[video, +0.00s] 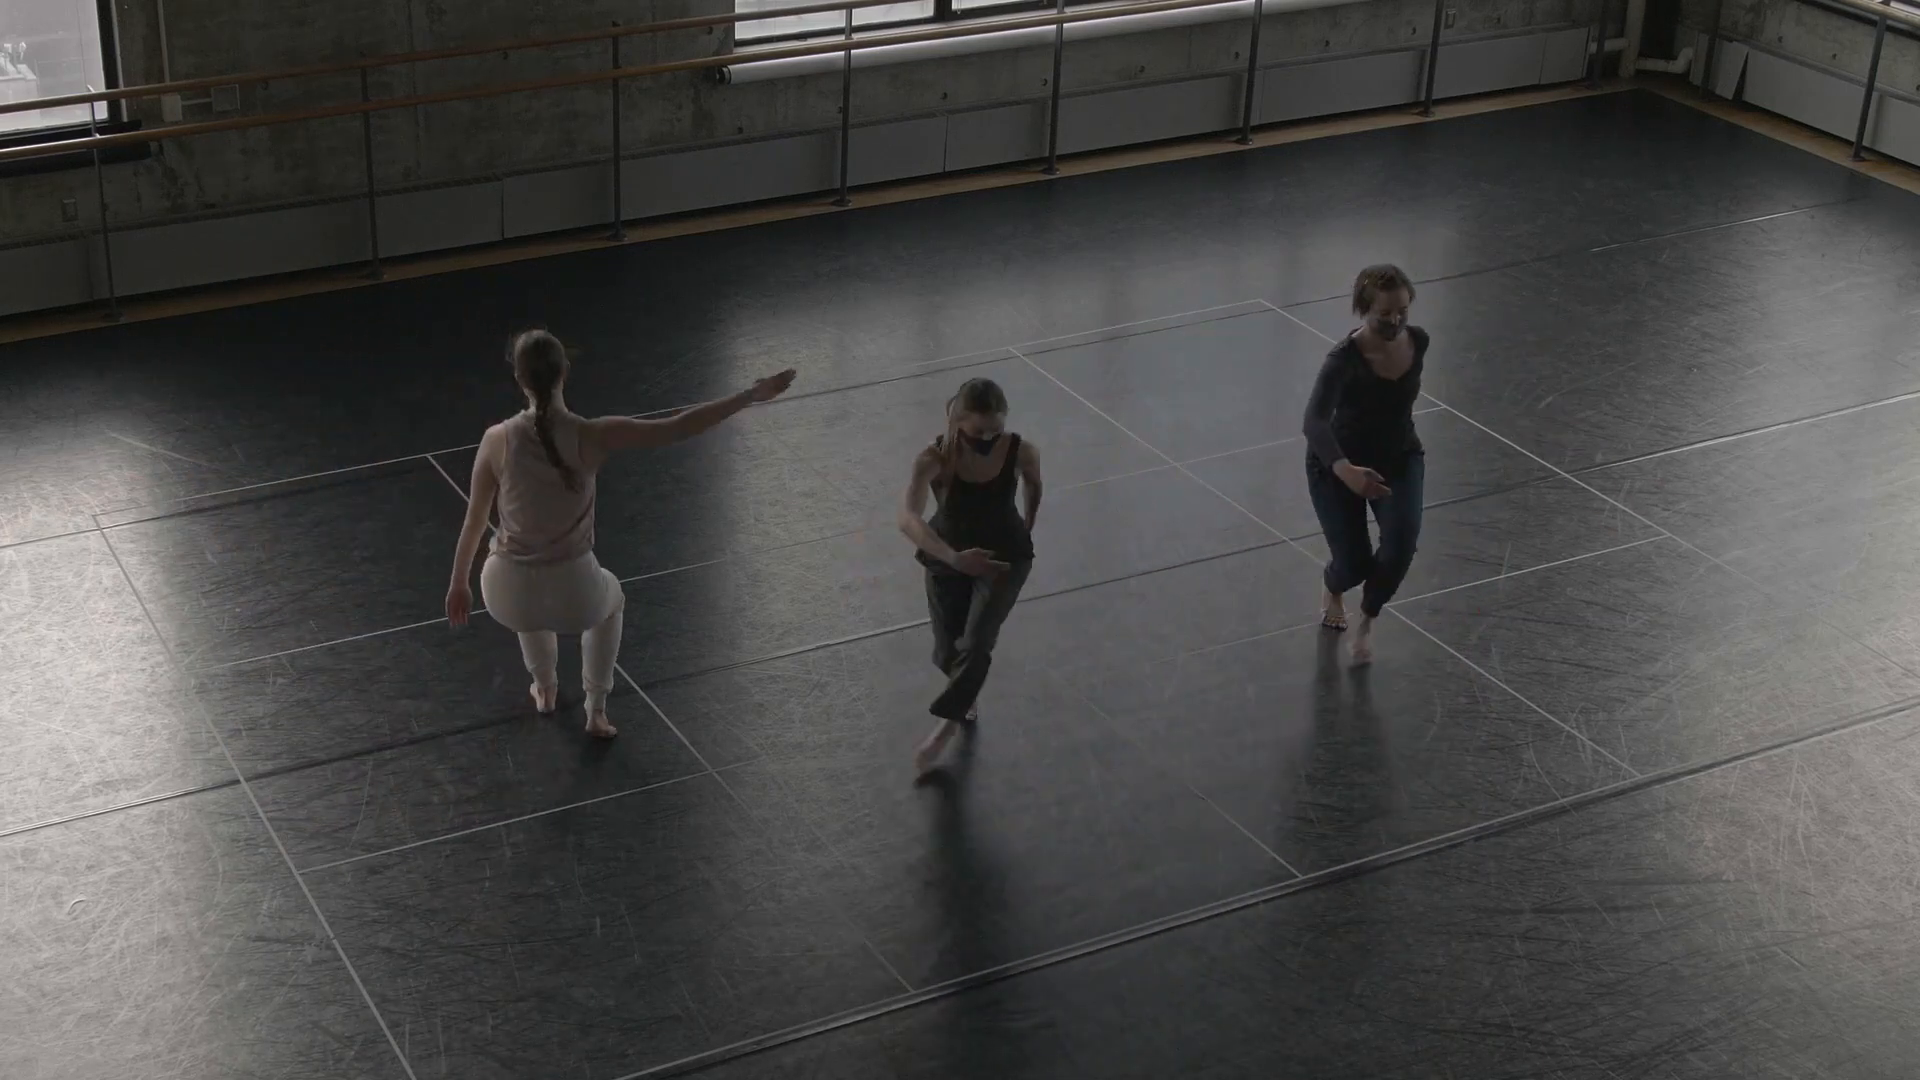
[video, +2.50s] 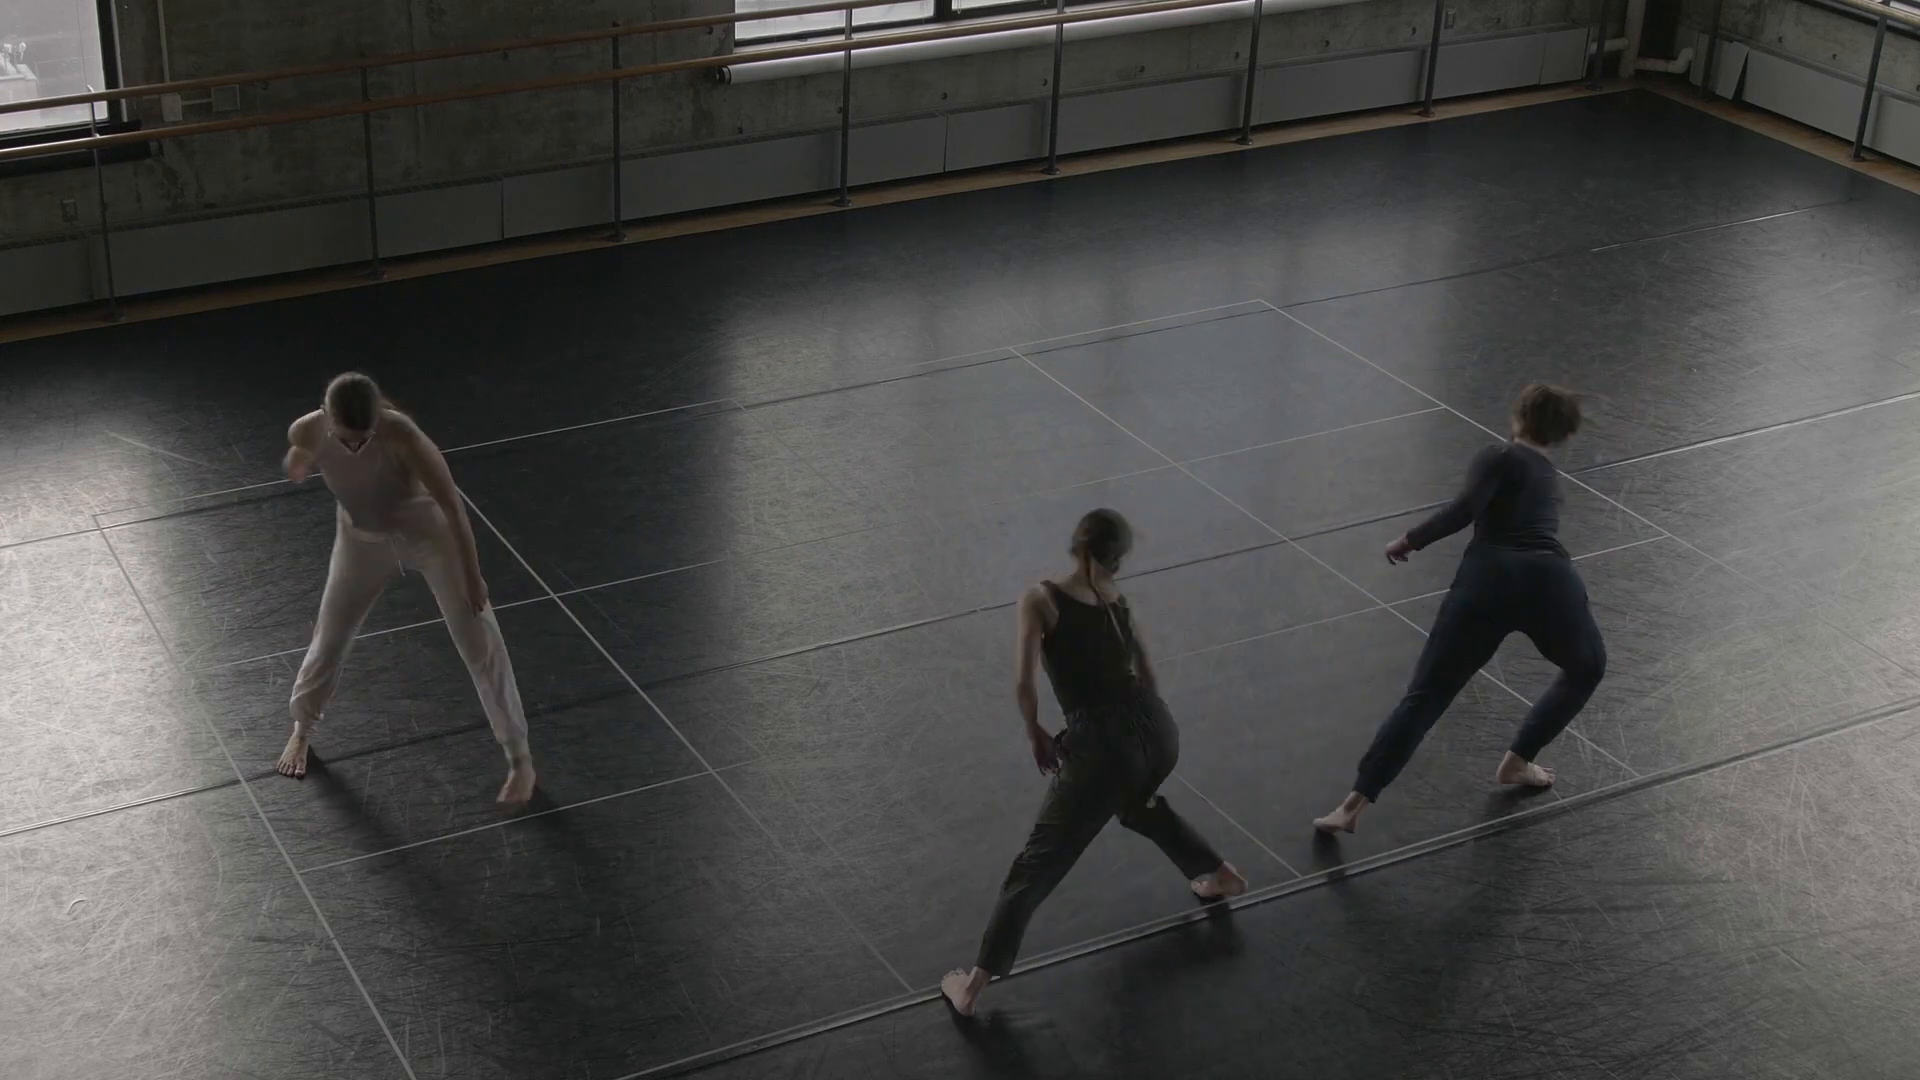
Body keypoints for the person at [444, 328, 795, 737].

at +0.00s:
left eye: (522, 370)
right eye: (560, 366)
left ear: (518, 379)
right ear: (564, 374)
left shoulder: (496, 441)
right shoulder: (593, 435)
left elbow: (474, 521)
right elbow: (676, 427)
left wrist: (458, 582)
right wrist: (750, 395)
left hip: (508, 593)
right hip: (576, 593)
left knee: (526, 590)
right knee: (609, 598)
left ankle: (544, 691)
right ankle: (596, 713)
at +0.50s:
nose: (505, 387)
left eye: (510, 383)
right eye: (506, 380)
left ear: (533, 397)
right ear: (561, 388)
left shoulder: (525, 451)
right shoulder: (585, 422)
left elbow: (548, 537)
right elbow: (545, 418)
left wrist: (559, 614)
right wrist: (493, 429)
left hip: (581, 600)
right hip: (632, 586)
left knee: (518, 574)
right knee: (570, 586)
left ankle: (543, 687)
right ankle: (612, 700)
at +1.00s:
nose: (488, 454)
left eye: (495, 446)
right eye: (488, 444)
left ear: (526, 448)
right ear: (520, 447)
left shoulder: (567, 497)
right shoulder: (519, 474)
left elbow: (596, 586)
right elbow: (448, 489)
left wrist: (601, 669)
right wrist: (414, 525)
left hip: (634, 606)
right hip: (598, 591)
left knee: (526, 659)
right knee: (513, 658)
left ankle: (568, 759)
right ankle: (618, 696)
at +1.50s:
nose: (443, 496)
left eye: (446, 487)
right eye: (439, 488)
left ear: (477, 479)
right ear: (474, 476)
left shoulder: (531, 510)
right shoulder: (490, 494)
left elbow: (582, 590)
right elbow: (435, 538)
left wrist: (584, 671)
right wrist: (366, 572)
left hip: (624, 591)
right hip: (597, 579)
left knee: (512, 650)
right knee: (528, 661)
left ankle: (561, 754)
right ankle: (618, 694)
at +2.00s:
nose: (422, 388)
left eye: (426, 378)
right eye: (416, 380)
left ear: (451, 365)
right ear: (452, 359)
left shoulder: (490, 422)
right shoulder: (489, 373)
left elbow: (527, 506)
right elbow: (540, 419)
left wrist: (531, 584)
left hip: (541, 535)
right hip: (558, 506)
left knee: (491, 655)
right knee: (582, 613)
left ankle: (510, 769)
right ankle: (640, 702)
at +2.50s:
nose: (356, 446)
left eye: (363, 439)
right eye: (347, 440)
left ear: (376, 418)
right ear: (328, 420)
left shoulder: (401, 433)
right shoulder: (307, 431)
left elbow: (451, 503)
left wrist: (472, 575)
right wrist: (297, 468)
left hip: (424, 530)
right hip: (359, 536)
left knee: (479, 645)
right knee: (327, 645)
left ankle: (520, 761)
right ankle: (299, 735)